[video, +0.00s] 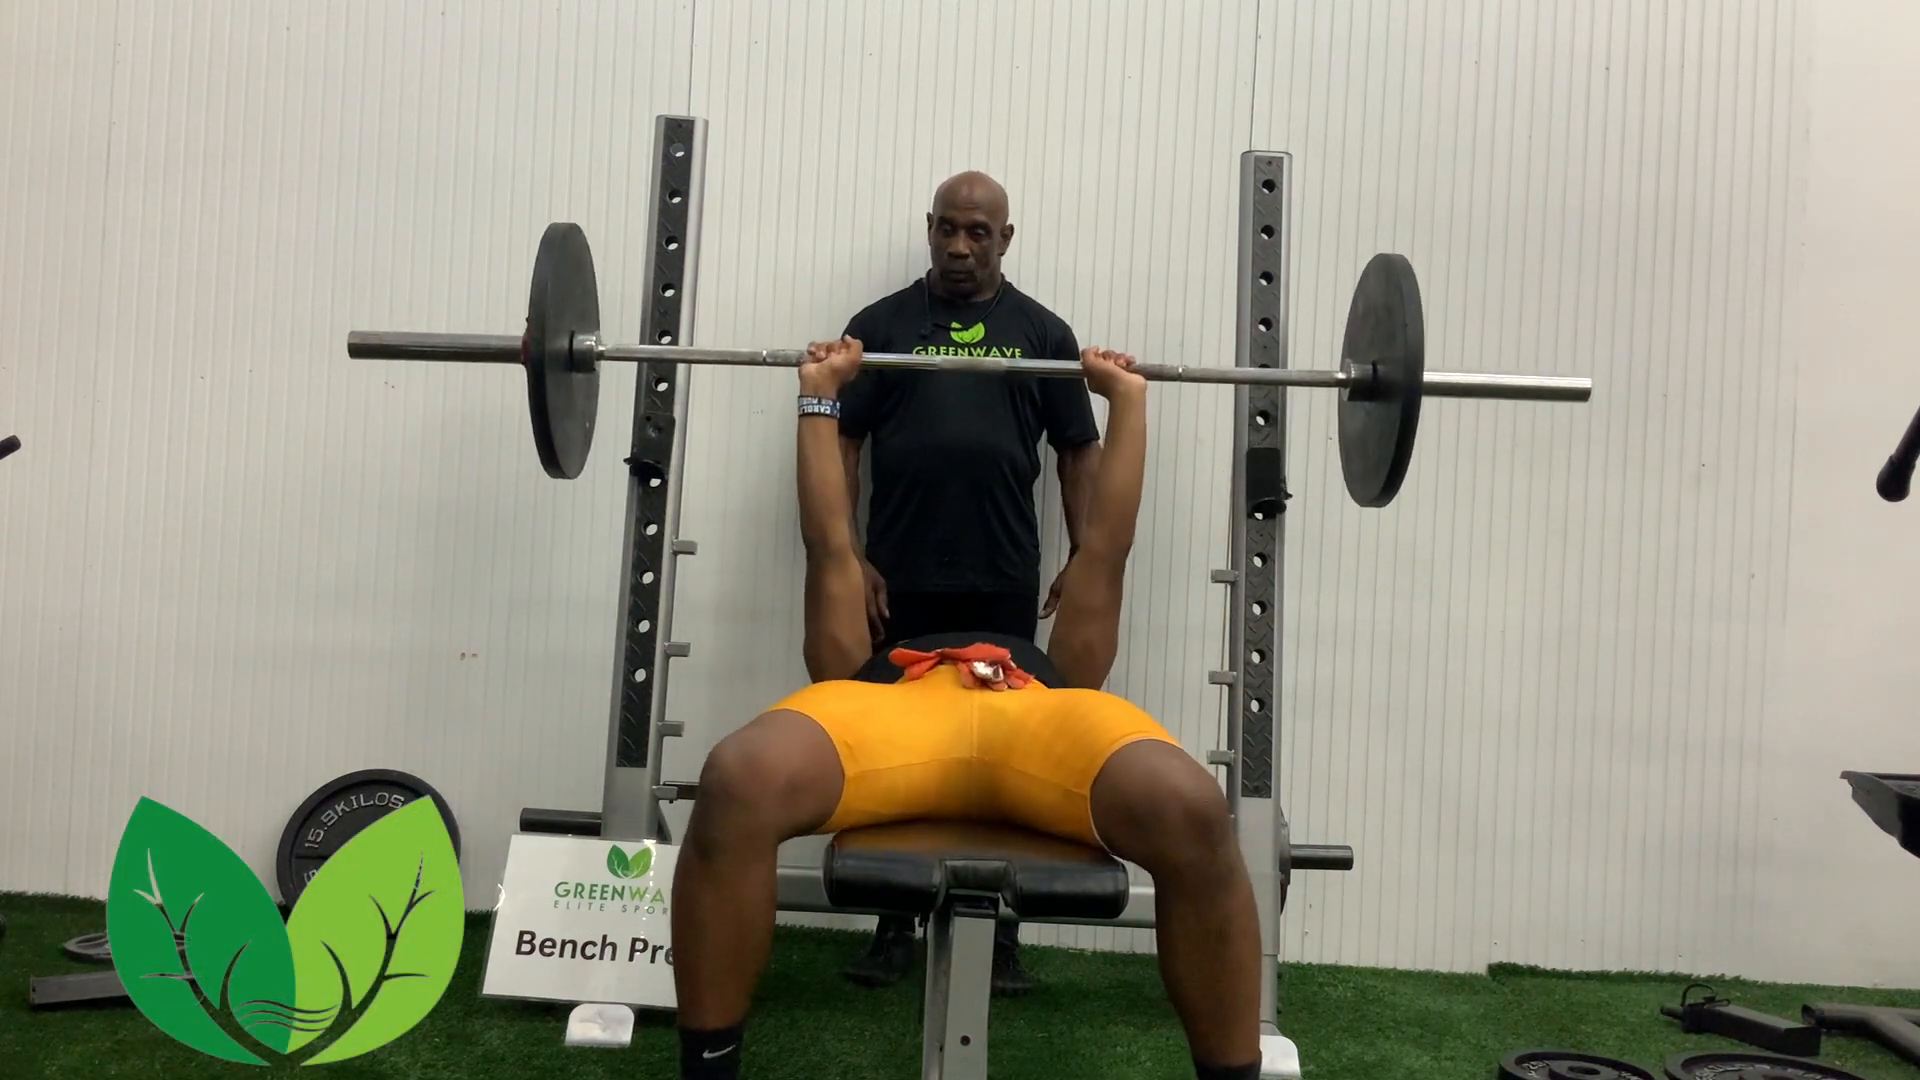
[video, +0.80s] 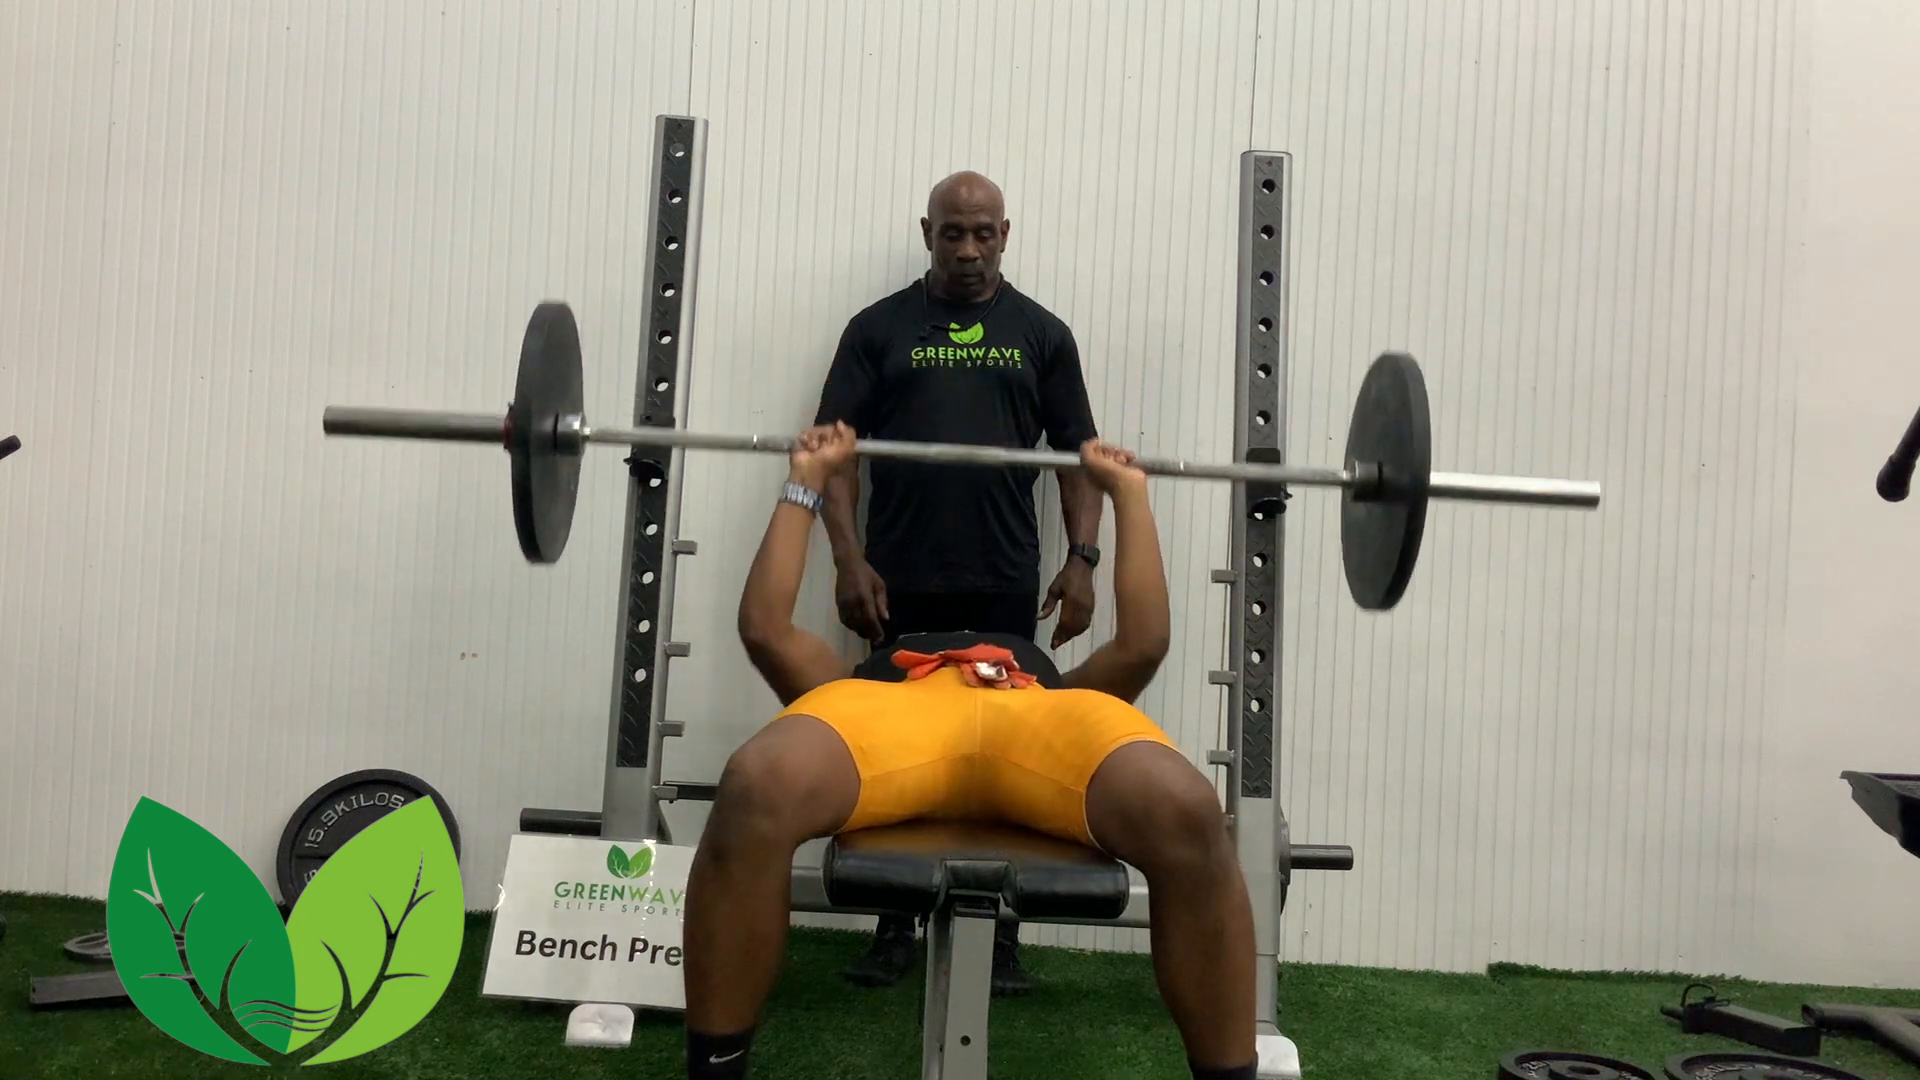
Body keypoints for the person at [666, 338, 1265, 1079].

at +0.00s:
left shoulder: (1064, 683)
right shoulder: (856, 676)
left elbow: (1104, 545)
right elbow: (828, 542)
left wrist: (1129, 394)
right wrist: (819, 398)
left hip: (1046, 708)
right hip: (885, 696)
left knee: (1194, 811)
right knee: (737, 781)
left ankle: (1232, 1069)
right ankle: (709, 1062)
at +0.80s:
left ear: (1029, 676)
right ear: (901, 660)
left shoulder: (1056, 686)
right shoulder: (861, 680)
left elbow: (1142, 639)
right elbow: (766, 626)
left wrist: (1131, 493)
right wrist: (803, 487)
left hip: (1044, 711)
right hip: (883, 706)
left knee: (1190, 815)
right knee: (755, 785)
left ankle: (1232, 1071)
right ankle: (715, 1065)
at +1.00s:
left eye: (995, 666)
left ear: (1011, 678)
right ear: (896, 660)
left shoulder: (1041, 692)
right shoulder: (873, 684)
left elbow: (1144, 732)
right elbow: (758, 732)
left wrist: (1130, 590)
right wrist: (798, 589)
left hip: (1035, 713)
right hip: (882, 702)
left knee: (1188, 817)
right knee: (752, 788)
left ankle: (1230, 1072)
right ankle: (713, 1065)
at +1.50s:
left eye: (995, 649)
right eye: (934, 649)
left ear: (1017, 660)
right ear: (911, 653)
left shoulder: (1055, 687)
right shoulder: (871, 683)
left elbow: (1149, 683)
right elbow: (763, 670)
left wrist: (1130, 531)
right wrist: (794, 526)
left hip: (1048, 710)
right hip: (893, 703)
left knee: (1197, 815)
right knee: (756, 794)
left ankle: (1231, 1074)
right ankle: (716, 1070)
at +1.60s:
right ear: (893, 653)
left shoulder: (1060, 687)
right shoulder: (858, 680)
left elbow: (1135, 617)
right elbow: (773, 602)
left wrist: (1131, 462)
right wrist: (794, 456)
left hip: (1039, 709)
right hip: (884, 700)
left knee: (1195, 812)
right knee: (761, 791)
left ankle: (1231, 1073)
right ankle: (717, 1065)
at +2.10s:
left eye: (996, 661)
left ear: (1013, 670)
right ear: (909, 655)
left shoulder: (1045, 684)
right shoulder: (874, 678)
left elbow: (1149, 705)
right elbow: (755, 699)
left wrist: (1125, 553)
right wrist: (791, 555)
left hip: (1038, 707)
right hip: (891, 697)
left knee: (1185, 819)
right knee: (758, 791)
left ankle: (1227, 1070)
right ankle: (714, 1065)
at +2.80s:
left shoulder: (1061, 687)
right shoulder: (854, 684)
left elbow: (1130, 587)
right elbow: (764, 585)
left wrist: (1109, 432)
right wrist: (782, 435)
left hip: (1039, 706)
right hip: (891, 697)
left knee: (1186, 814)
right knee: (759, 790)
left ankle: (1227, 1070)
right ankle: (720, 1064)